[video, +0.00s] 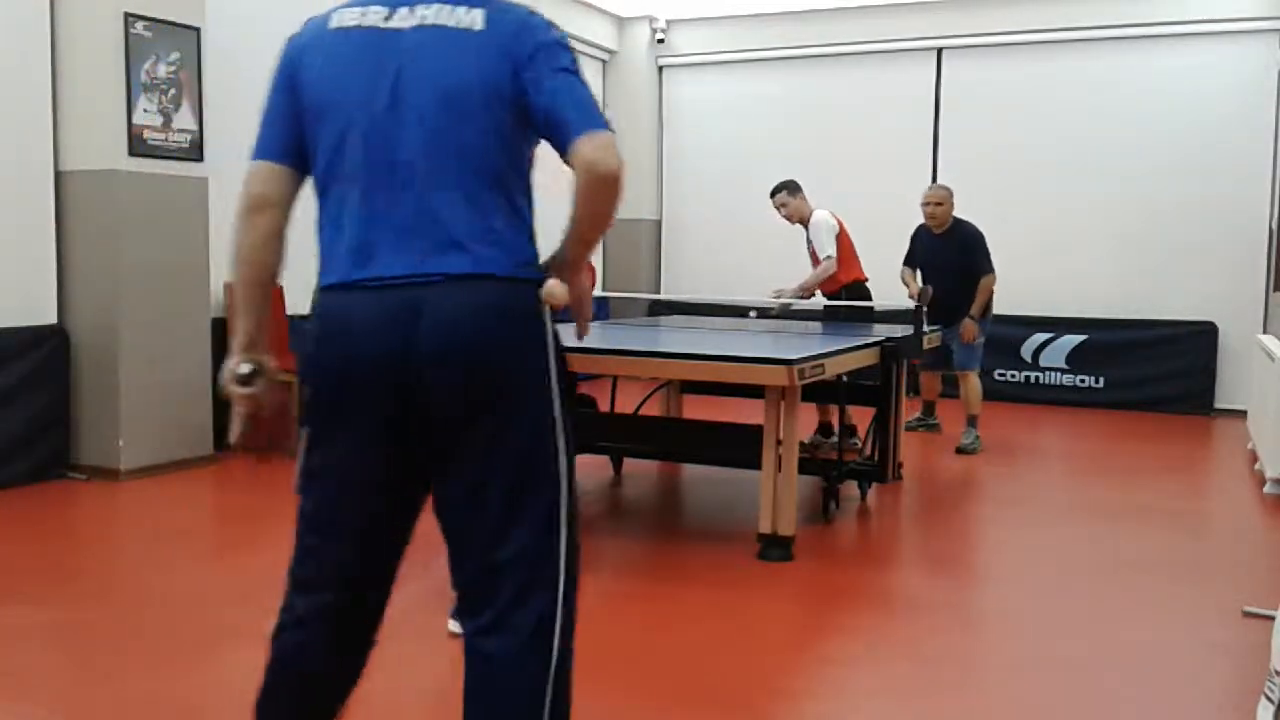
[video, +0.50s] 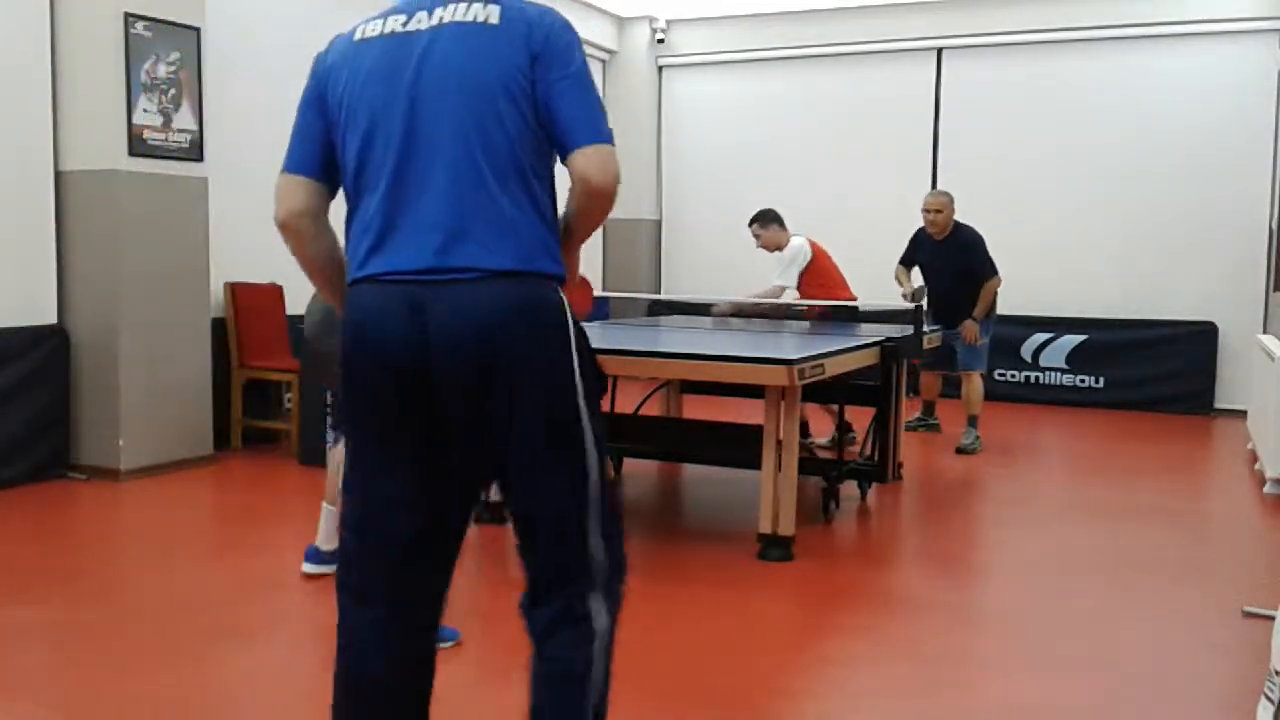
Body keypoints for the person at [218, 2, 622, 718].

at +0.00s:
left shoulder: (313, 42)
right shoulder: (516, 28)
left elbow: (262, 199)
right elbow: (600, 164)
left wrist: (246, 349)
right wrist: (570, 262)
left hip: (354, 332)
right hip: (491, 330)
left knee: (331, 592)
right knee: (515, 597)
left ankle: (287, 709)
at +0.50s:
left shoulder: (342, 53)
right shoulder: (536, 26)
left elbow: (296, 212)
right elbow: (598, 177)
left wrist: (357, 303)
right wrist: (564, 247)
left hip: (383, 328)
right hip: (515, 322)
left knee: (385, 589)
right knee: (571, 579)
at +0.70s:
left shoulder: (366, 63)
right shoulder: (553, 28)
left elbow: (329, 222)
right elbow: (606, 170)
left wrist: (401, 286)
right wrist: (578, 250)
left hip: (414, 329)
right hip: (544, 324)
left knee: (409, 591)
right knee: (615, 574)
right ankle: (664, 706)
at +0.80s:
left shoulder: (398, 69)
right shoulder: (588, 38)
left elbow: (361, 234)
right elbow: (651, 173)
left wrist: (435, 291)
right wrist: (611, 247)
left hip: (444, 335)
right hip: (572, 332)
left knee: (420, 595)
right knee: (633, 581)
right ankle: (686, 707)